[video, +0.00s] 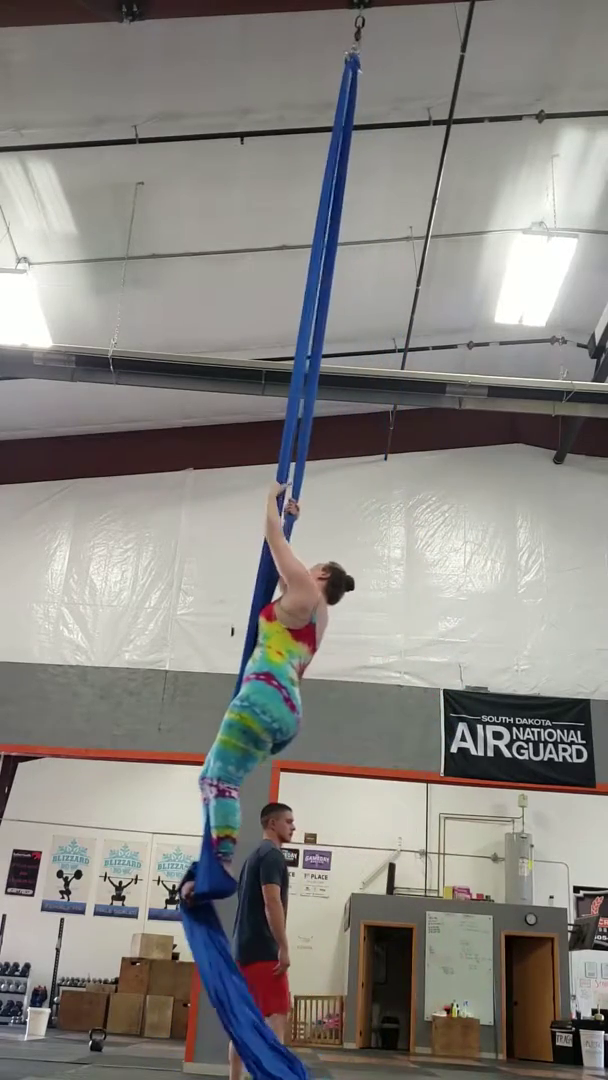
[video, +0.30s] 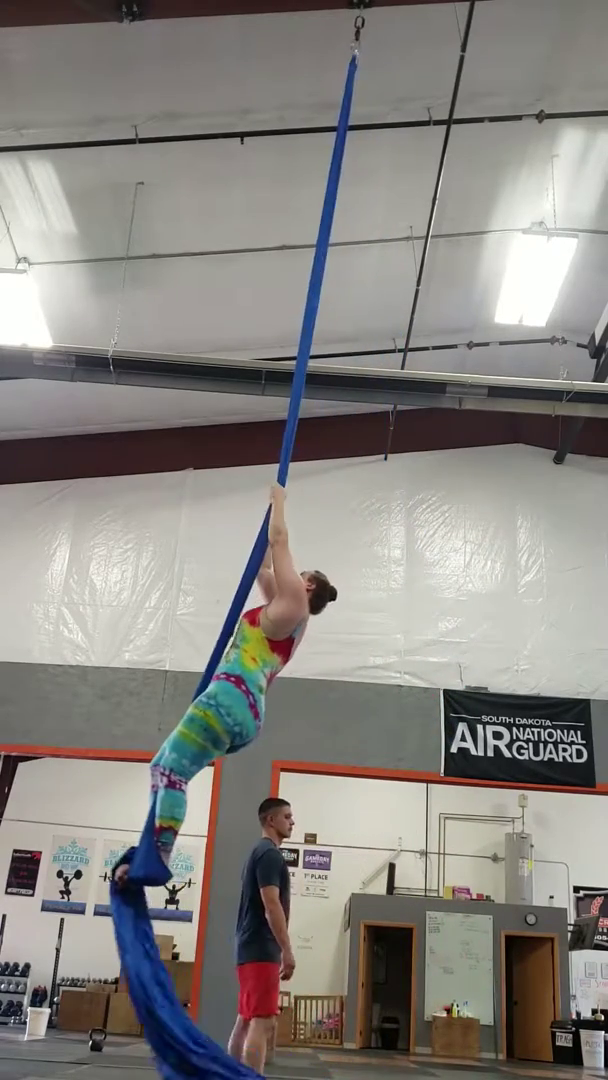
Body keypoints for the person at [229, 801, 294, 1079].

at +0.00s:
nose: (293, 827)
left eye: (293, 822)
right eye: (289, 822)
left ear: (270, 825)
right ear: (272, 823)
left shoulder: (253, 857)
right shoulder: (271, 854)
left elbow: (246, 905)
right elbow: (271, 901)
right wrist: (283, 946)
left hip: (245, 949)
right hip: (263, 950)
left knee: (243, 1018)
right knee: (279, 1013)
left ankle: (236, 1074)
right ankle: (272, 1072)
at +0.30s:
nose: (292, 822)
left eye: (291, 817)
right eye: (287, 817)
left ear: (270, 822)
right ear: (270, 820)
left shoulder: (261, 851)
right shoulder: (269, 854)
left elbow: (264, 908)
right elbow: (271, 905)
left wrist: (280, 953)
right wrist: (287, 950)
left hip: (251, 949)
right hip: (261, 950)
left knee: (246, 1021)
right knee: (262, 1024)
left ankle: (231, 1073)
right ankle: (252, 1076)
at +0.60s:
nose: (299, 818)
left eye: (298, 813)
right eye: (294, 812)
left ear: (280, 816)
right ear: (277, 815)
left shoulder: (278, 853)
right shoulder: (268, 851)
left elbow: (279, 911)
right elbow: (265, 904)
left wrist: (304, 940)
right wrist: (284, 949)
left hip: (272, 950)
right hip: (263, 950)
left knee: (273, 1020)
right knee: (265, 1020)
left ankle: (254, 1073)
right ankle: (255, 1075)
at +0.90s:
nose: (306, 817)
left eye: (306, 812)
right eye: (301, 811)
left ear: (287, 816)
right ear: (282, 814)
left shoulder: (285, 849)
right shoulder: (273, 846)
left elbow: (279, 897)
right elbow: (250, 883)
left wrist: (292, 936)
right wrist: (257, 934)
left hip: (286, 948)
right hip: (270, 948)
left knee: (289, 1022)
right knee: (268, 1022)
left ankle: (284, 1076)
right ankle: (257, 1076)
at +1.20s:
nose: (310, 816)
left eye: (309, 811)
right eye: (305, 811)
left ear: (290, 815)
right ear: (287, 814)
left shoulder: (288, 849)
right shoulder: (278, 847)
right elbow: (252, 877)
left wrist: (289, 922)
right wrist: (259, 920)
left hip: (288, 948)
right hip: (272, 947)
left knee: (288, 1023)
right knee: (266, 1022)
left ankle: (283, 1077)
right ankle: (255, 1076)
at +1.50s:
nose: (311, 816)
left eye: (310, 811)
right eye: (306, 811)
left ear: (291, 815)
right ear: (288, 814)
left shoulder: (289, 848)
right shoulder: (281, 846)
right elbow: (258, 877)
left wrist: (290, 924)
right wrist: (263, 922)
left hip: (288, 948)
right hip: (273, 947)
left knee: (288, 1024)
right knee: (268, 1023)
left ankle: (283, 1076)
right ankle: (256, 1076)